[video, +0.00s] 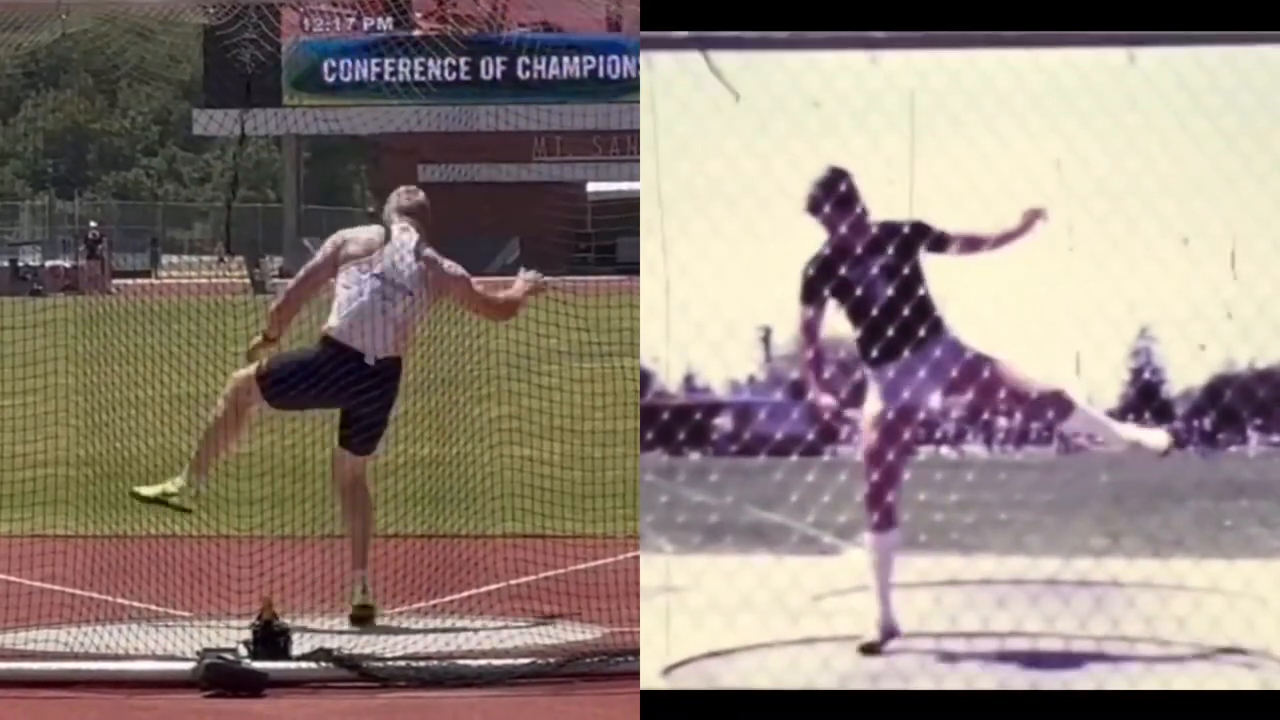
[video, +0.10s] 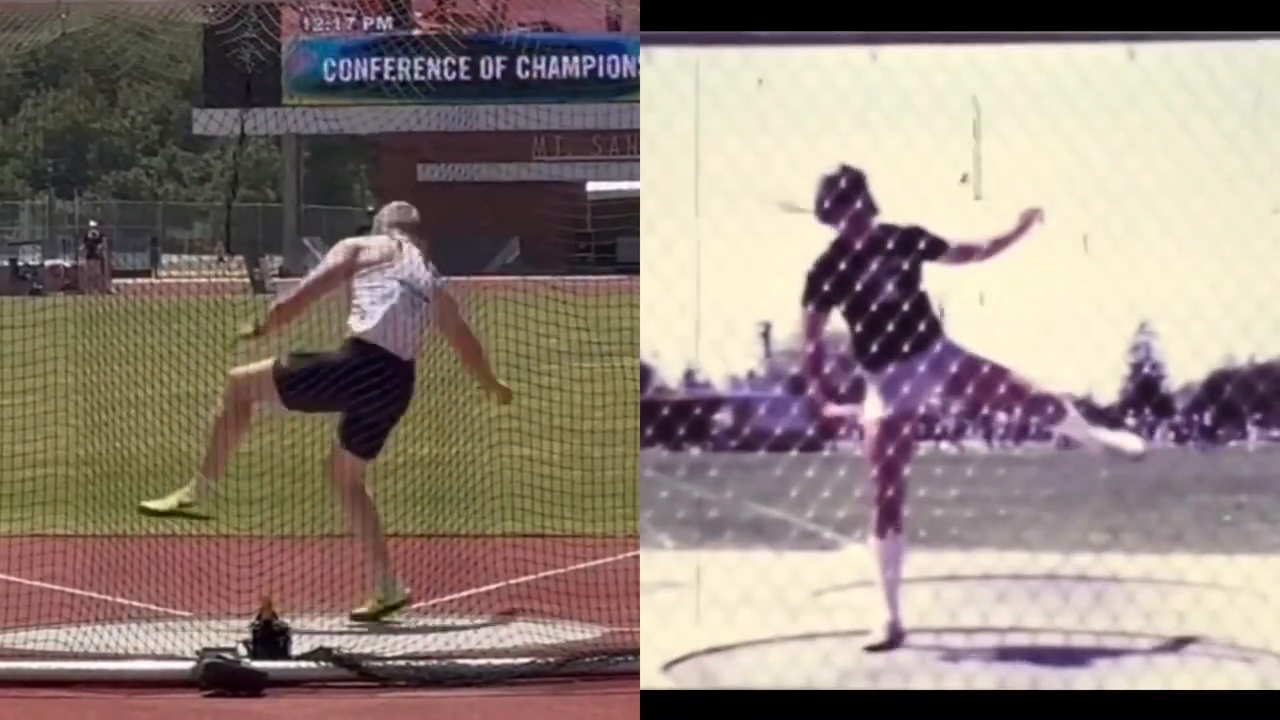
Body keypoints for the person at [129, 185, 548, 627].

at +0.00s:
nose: (400, 213)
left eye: (394, 207)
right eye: (410, 211)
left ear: (386, 215)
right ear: (426, 224)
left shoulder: (353, 240)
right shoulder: (440, 268)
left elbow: (297, 289)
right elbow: (497, 309)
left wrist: (271, 333)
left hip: (336, 361)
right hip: (383, 380)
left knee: (244, 385)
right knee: (352, 472)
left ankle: (187, 483)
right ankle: (362, 591)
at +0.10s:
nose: (374, 228)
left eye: (378, 223)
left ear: (381, 226)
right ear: (418, 236)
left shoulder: (361, 246)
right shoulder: (430, 278)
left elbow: (308, 290)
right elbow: (462, 337)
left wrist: (268, 323)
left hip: (359, 362)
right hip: (398, 383)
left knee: (240, 386)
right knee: (346, 473)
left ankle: (199, 491)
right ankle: (387, 587)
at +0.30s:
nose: (214, 236)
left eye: (219, 224)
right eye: (213, 224)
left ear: (247, 218)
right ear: (253, 219)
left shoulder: (242, 277)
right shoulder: (319, 240)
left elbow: (167, 318)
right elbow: (392, 273)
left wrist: (94, 339)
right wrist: (463, 294)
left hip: (318, 397)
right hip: (327, 394)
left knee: (384, 510)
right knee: (257, 510)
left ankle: (474, 604)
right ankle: (252, 636)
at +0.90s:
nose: (253, 239)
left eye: (262, 229)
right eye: (248, 229)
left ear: (288, 228)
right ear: (244, 229)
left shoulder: (304, 274)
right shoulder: (312, 243)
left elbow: (239, 321)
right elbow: (367, 274)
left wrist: (166, 348)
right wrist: (416, 292)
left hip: (357, 395)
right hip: (306, 401)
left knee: (394, 509)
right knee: (264, 508)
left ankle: (469, 611)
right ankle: (249, 634)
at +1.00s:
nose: (266, 238)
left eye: (275, 228)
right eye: (259, 230)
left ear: (299, 228)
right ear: (252, 234)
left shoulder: (316, 271)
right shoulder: (286, 265)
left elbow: (271, 319)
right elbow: (363, 277)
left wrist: (206, 349)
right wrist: (402, 300)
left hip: (361, 396)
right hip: (309, 402)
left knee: (400, 511)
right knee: (264, 508)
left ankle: (464, 613)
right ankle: (250, 633)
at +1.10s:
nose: (279, 241)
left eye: (289, 230)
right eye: (272, 233)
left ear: (310, 230)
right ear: (265, 236)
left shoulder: (329, 274)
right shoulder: (294, 275)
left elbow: (301, 320)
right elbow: (359, 283)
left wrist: (251, 349)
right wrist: (383, 316)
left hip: (365, 399)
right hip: (310, 404)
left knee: (403, 505)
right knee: (265, 506)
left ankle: (459, 616)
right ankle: (250, 631)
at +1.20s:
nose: (296, 244)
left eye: (305, 234)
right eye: (288, 235)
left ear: (322, 233)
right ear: (278, 238)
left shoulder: (342, 276)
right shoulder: (286, 275)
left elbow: (338, 319)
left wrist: (306, 349)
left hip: (368, 401)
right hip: (312, 405)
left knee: (411, 507)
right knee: (267, 505)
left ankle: (451, 620)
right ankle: (251, 628)